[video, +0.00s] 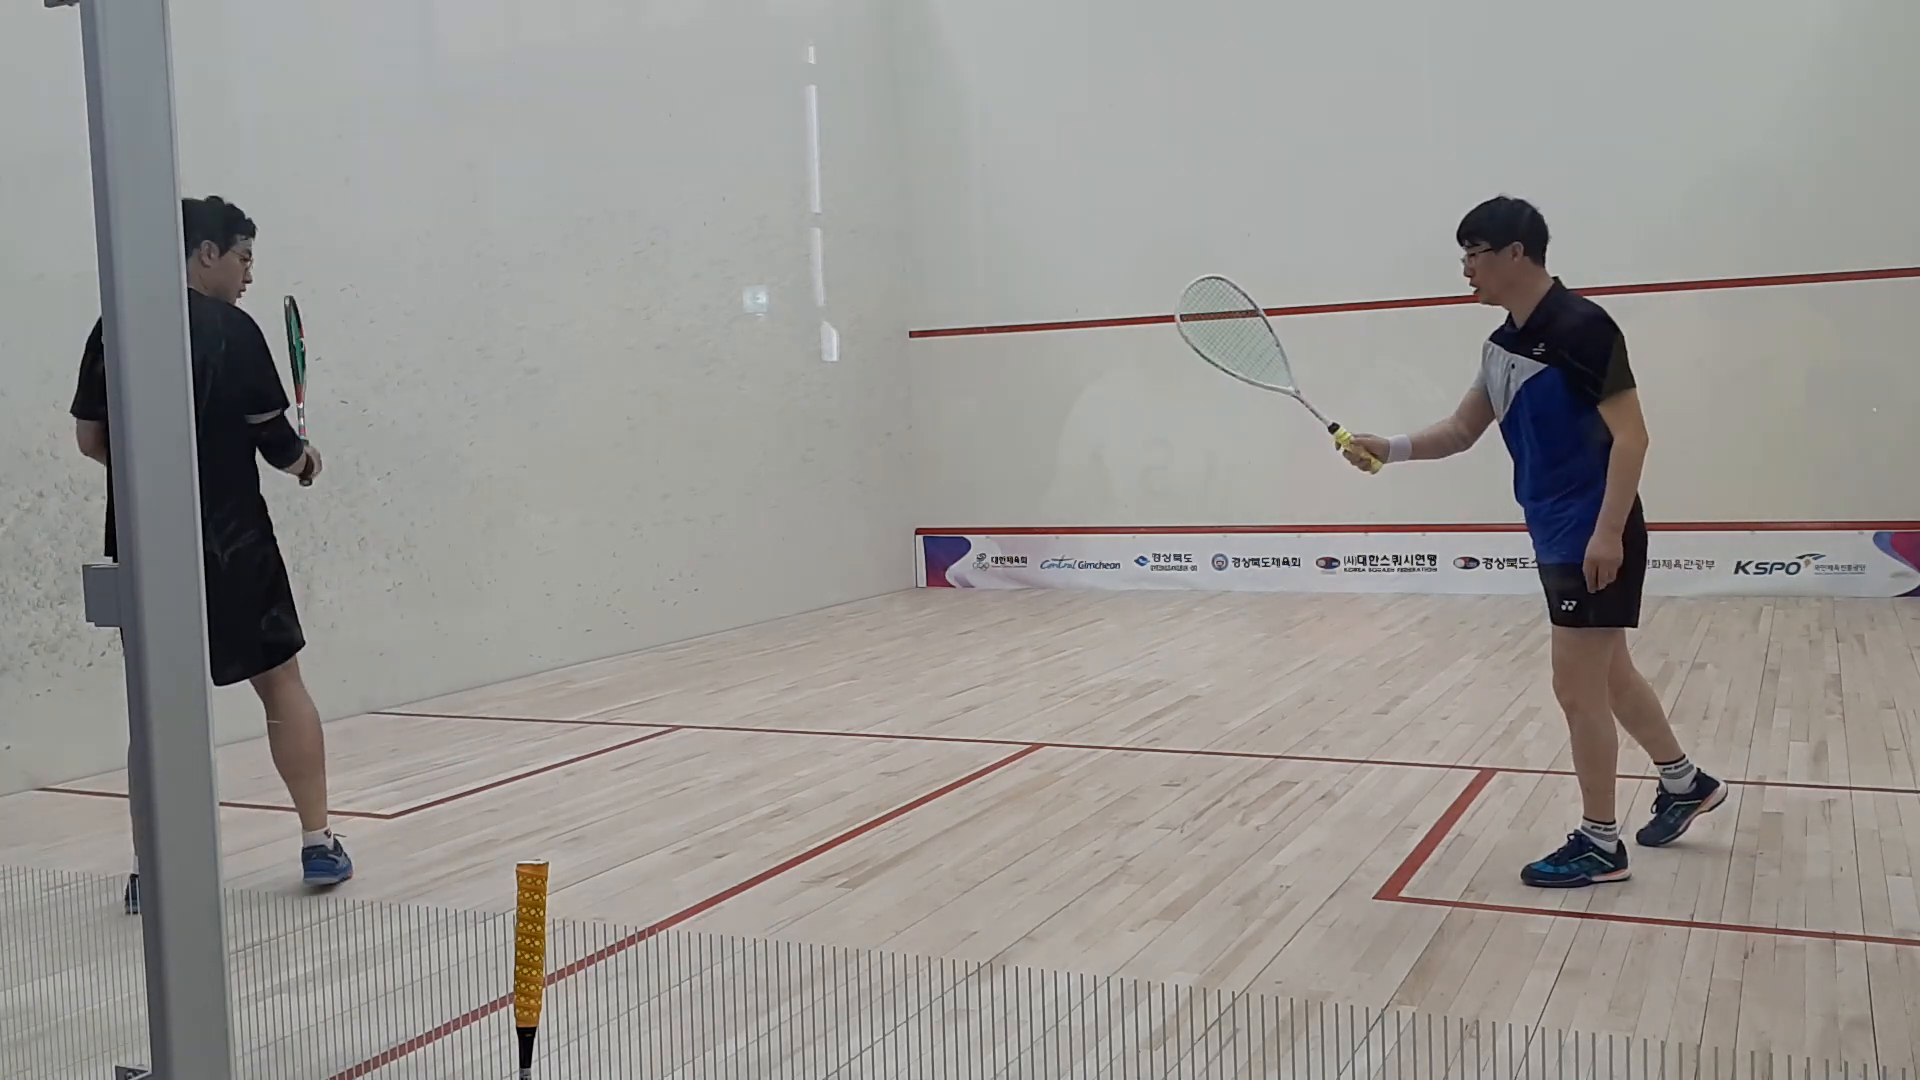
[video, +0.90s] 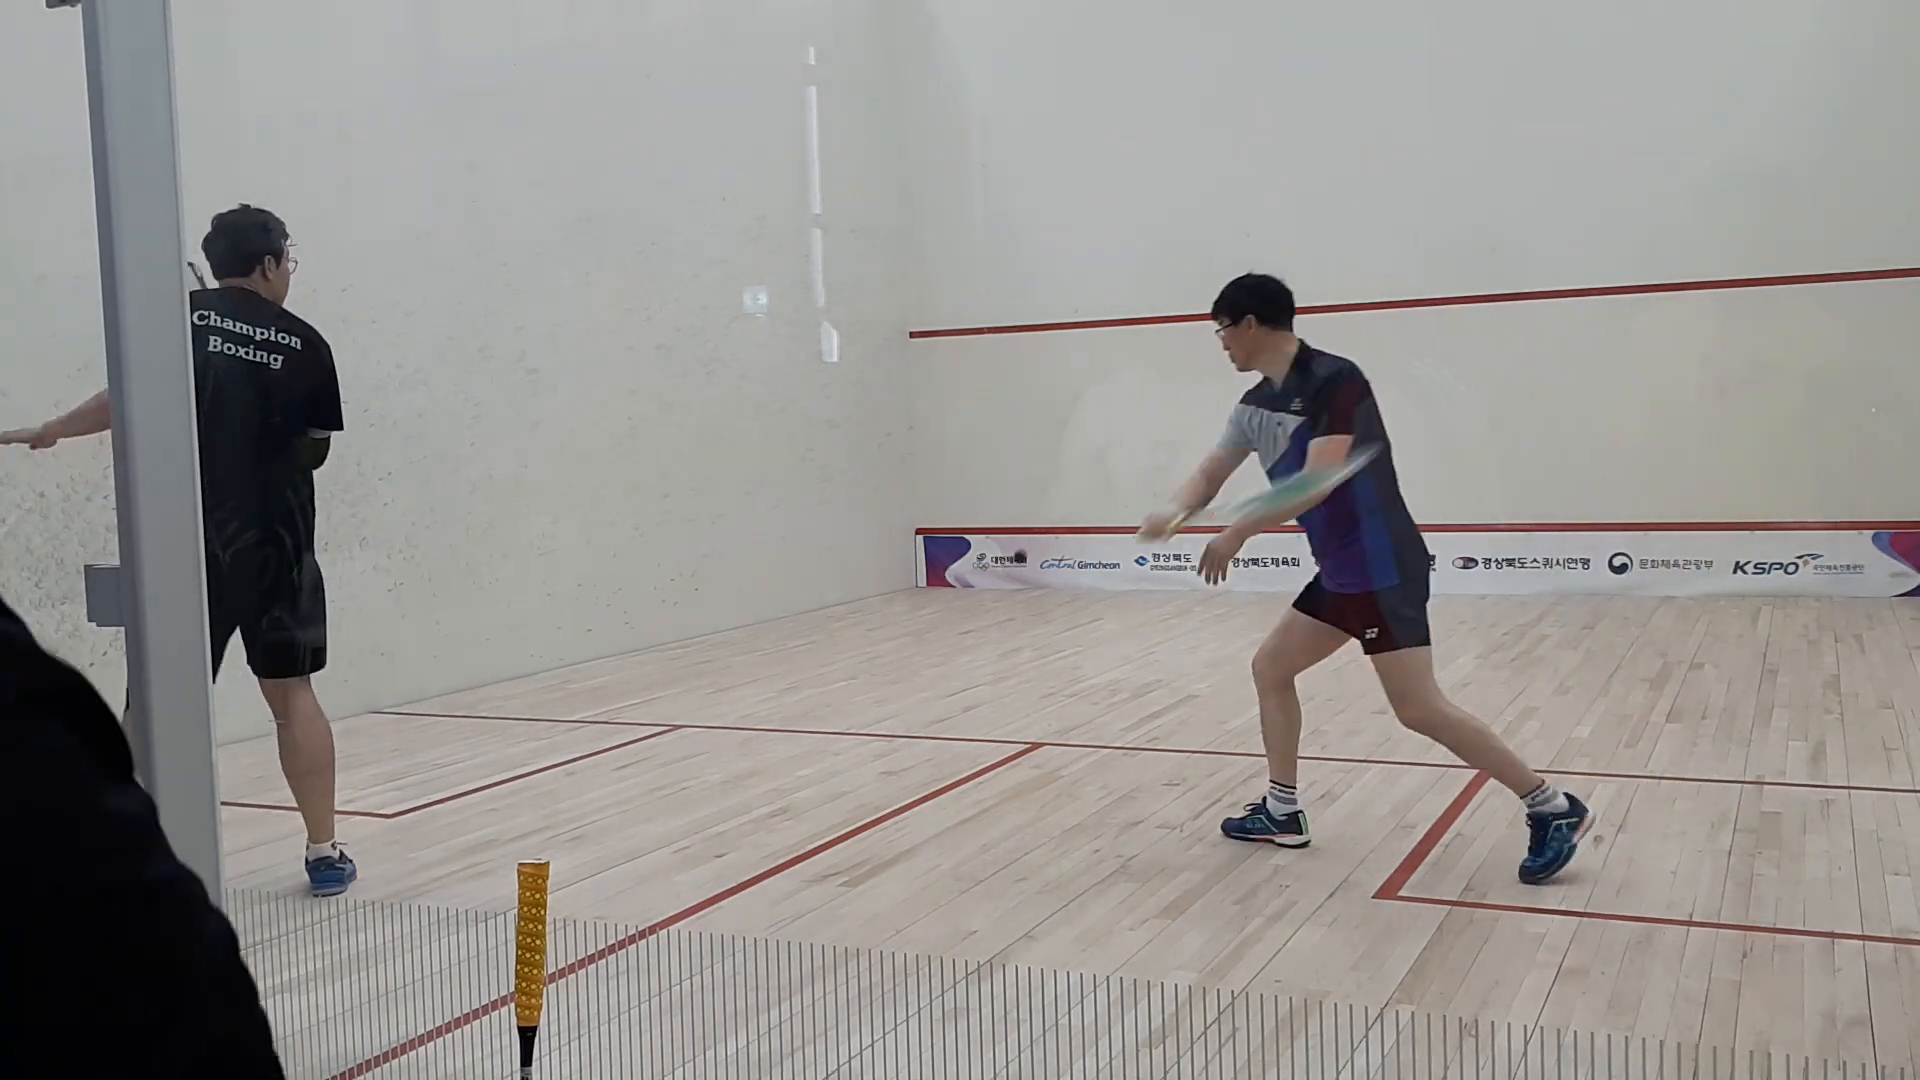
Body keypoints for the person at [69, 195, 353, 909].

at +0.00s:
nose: (249, 273)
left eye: (249, 259)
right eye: (242, 259)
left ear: (187, 257)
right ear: (206, 256)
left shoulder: (113, 323)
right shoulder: (231, 330)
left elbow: (91, 437)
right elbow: (272, 437)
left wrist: (157, 455)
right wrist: (303, 460)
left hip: (143, 549)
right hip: (232, 543)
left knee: (153, 711)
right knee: (282, 690)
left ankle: (152, 869)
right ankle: (319, 843)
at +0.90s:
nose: (293, 271)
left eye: (290, 260)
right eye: (289, 261)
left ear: (215, 269)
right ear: (272, 267)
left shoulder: (177, 321)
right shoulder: (305, 345)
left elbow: (115, 403)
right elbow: (314, 452)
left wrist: (51, 431)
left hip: (186, 547)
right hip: (276, 550)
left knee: (155, 699)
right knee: (294, 696)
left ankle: (135, 855)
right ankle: (324, 853)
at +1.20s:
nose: (221, 283)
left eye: (217, 271)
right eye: (217, 272)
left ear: (145, 271)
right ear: (202, 277)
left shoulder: (108, 328)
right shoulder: (239, 354)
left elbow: (70, 408)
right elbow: (245, 461)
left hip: (115, 560)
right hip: (216, 564)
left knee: (78, 699)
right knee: (247, 693)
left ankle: (86, 867)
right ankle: (316, 843)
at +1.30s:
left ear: (107, 259)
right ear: (177, 265)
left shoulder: (72, 334)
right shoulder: (205, 353)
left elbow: (30, 419)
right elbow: (210, 464)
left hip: (85, 557)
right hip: (181, 562)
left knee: (59, 703)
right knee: (206, 685)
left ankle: (84, 867)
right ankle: (278, 810)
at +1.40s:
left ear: (76, 270)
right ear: (141, 263)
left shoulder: (44, 334)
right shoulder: (176, 347)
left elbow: (4, 424)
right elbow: (189, 451)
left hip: (69, 559)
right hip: (159, 560)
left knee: (44, 697)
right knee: (171, 697)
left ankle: (82, 865)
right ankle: (204, 827)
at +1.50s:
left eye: (61, 282)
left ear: (54, 283)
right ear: (112, 278)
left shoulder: (22, 342)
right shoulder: (144, 336)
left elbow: (3, 441)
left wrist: (35, 416)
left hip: (51, 566)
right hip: (135, 564)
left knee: (22, 700)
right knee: (122, 679)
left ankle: (83, 863)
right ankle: (158, 828)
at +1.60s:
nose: (110, 308)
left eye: (105, 299)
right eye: (107, 300)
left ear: (36, 304)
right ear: (93, 303)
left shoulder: (14, 358)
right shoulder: (122, 359)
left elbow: (5, 462)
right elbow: (146, 461)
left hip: (40, 575)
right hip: (114, 572)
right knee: (103, 694)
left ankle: (62, 847)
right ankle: (158, 823)